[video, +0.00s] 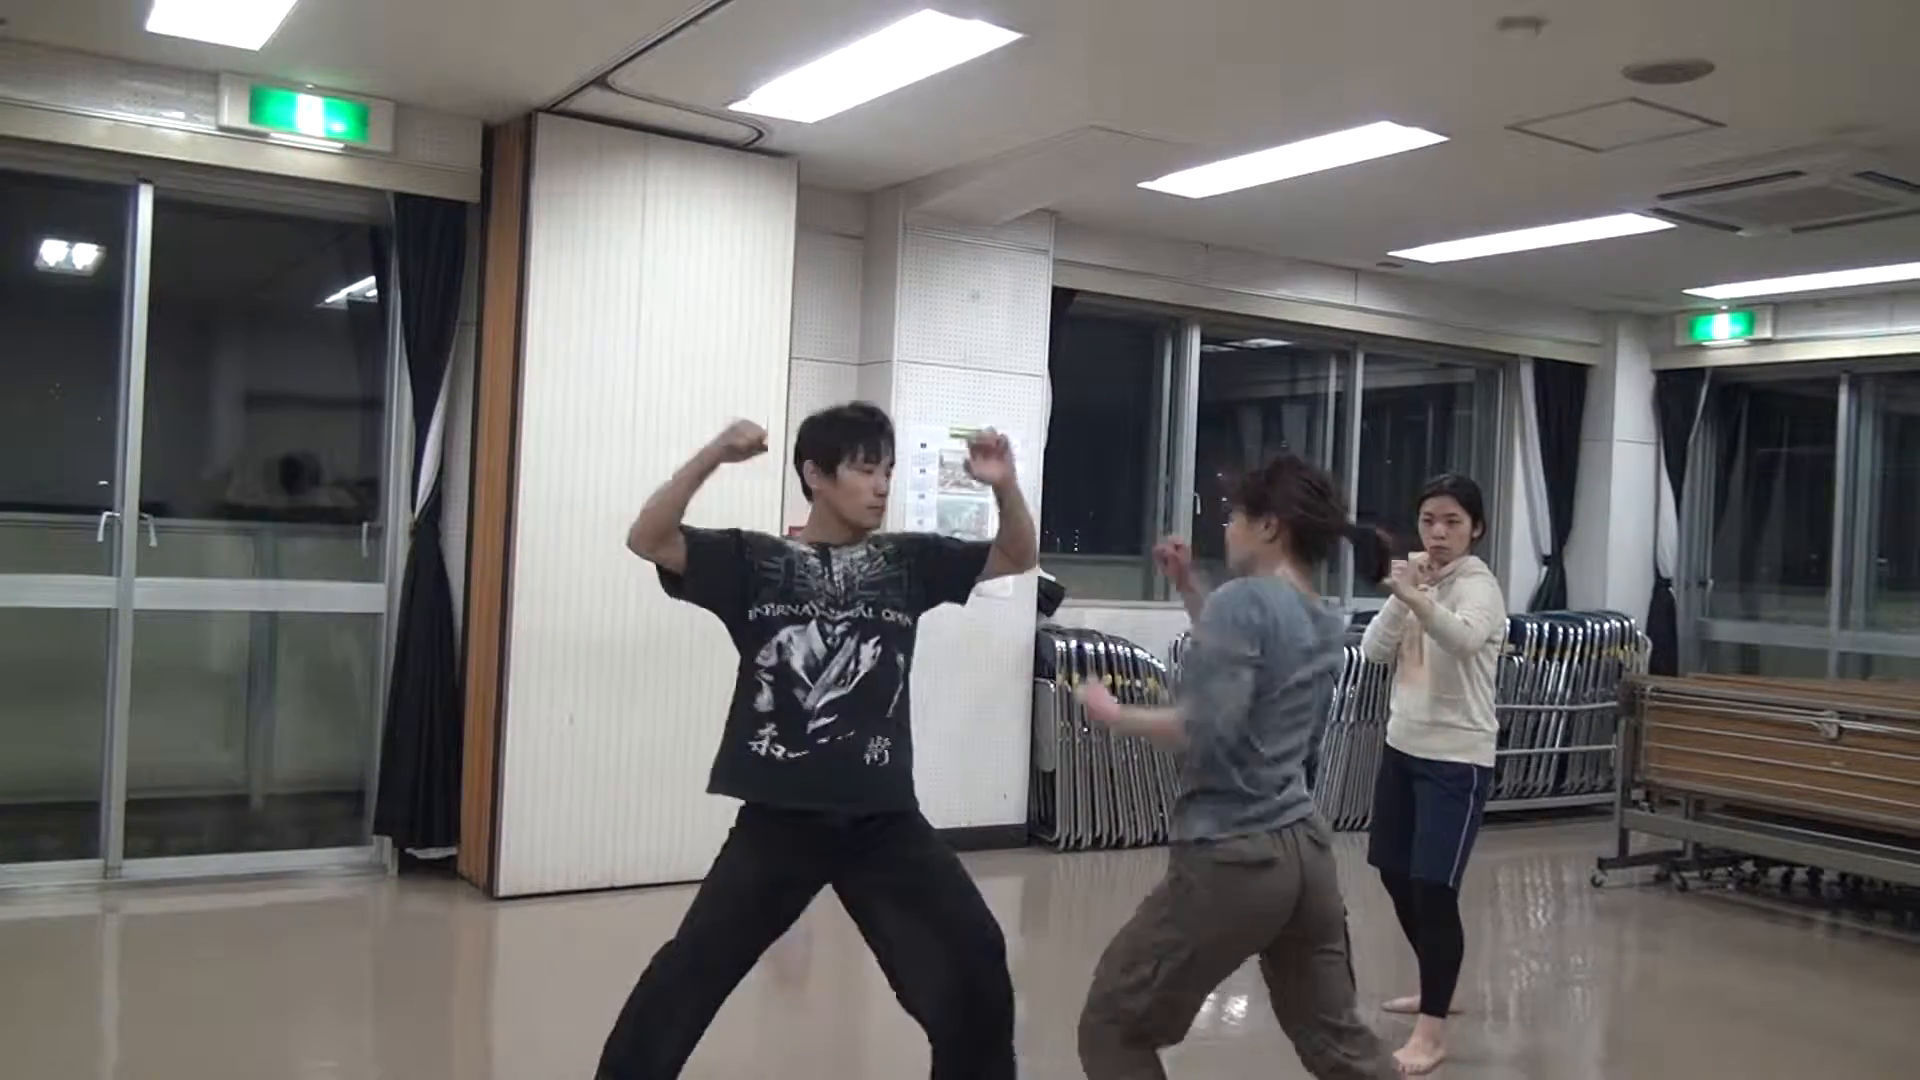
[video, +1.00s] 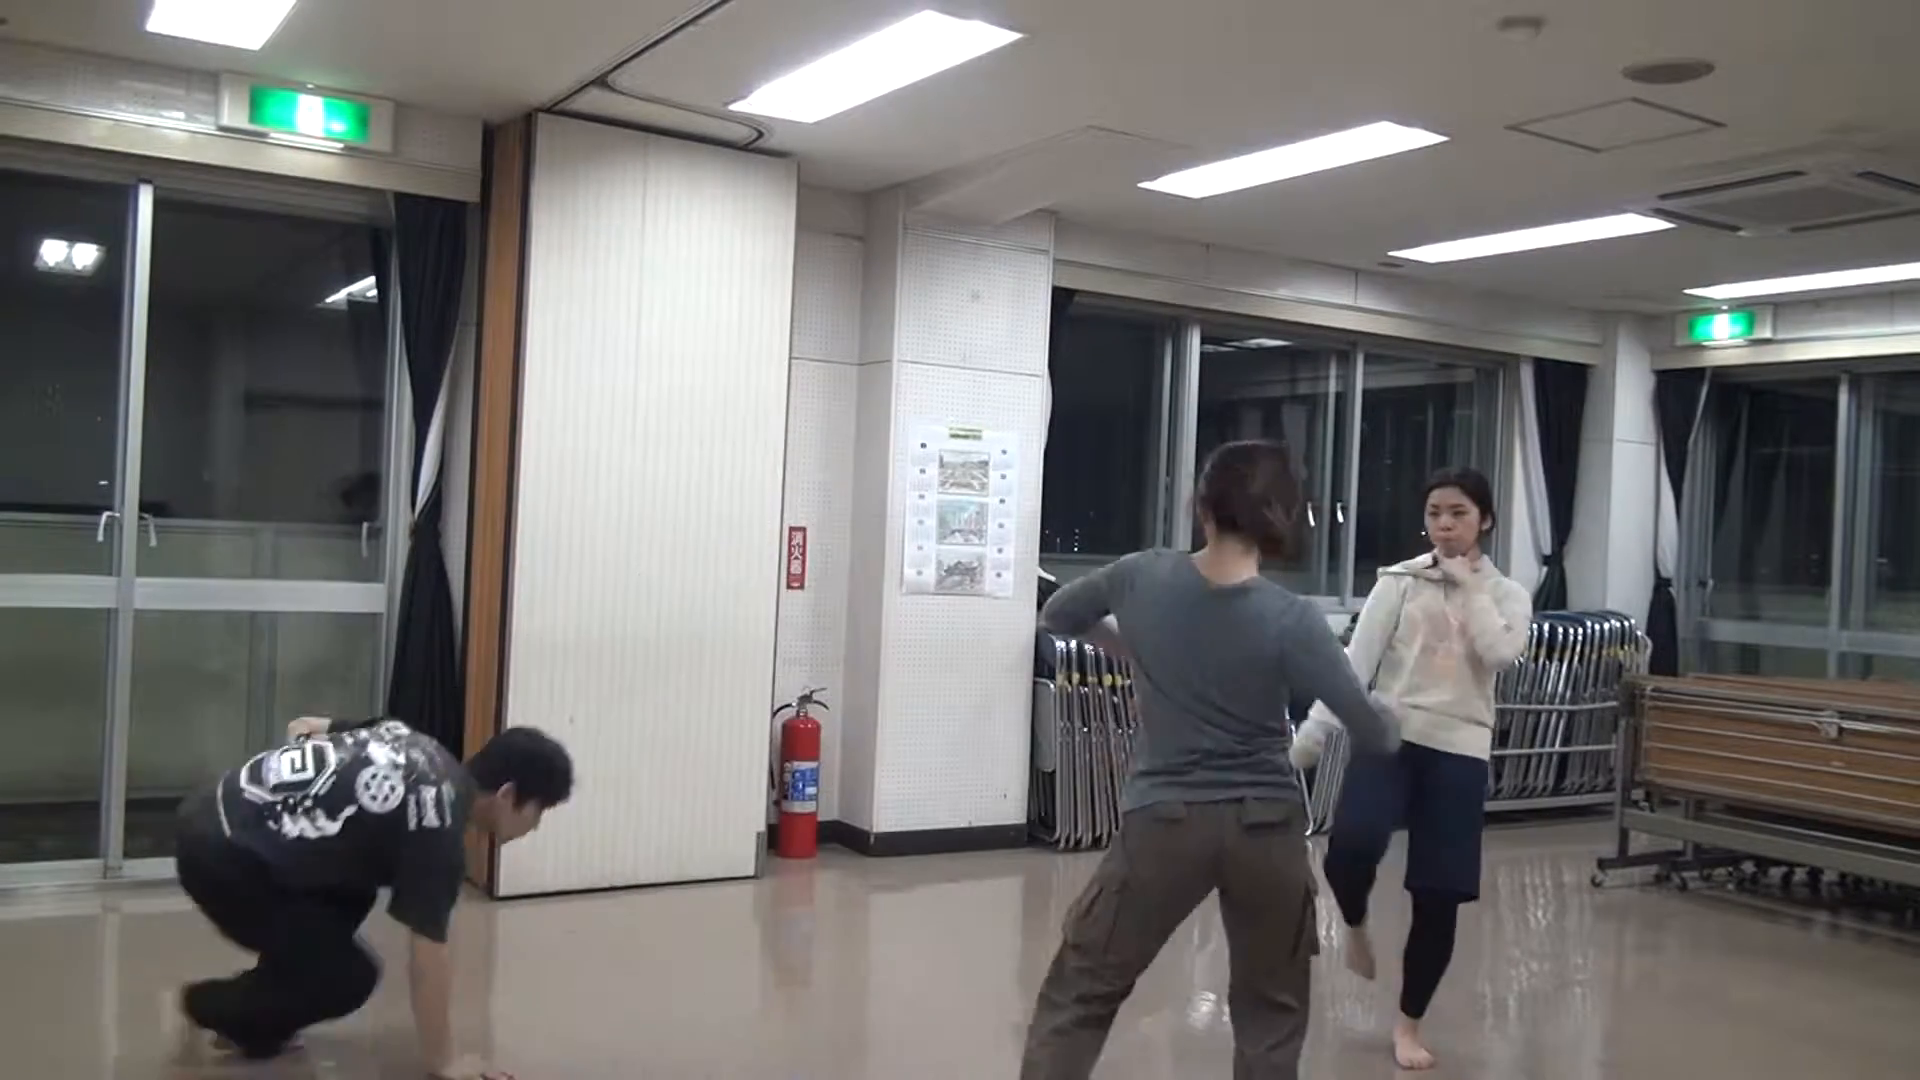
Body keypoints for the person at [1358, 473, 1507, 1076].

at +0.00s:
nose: (1438, 531)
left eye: (1451, 521)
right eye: (1429, 520)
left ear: (1475, 529)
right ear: (1418, 525)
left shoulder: (1480, 584)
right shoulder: (1415, 582)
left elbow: (1467, 639)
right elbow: (1373, 650)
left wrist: (1415, 597)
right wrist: (1404, 595)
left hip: (1456, 759)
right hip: (1403, 750)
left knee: (1433, 887)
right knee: (1390, 864)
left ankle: (1431, 1031)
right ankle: (1438, 984)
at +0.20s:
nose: (1440, 531)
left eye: (1453, 521)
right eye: (1431, 520)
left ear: (1475, 529)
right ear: (1419, 525)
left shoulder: (1480, 584)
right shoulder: (1414, 581)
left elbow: (1467, 639)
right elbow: (1373, 650)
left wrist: (1414, 595)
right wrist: (1405, 596)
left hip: (1455, 758)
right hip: (1402, 750)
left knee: (1432, 886)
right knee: (1390, 864)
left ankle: (1429, 1033)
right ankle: (1437, 986)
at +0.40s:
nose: (1441, 530)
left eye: (1454, 520)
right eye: (1432, 519)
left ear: (1476, 529)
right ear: (1420, 525)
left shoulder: (1481, 584)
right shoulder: (1414, 579)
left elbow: (1467, 638)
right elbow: (1372, 649)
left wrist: (1413, 594)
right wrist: (1406, 597)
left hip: (1453, 758)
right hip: (1400, 750)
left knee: (1431, 887)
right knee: (1390, 865)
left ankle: (1429, 1032)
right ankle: (1437, 986)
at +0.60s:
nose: (1440, 531)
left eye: (1453, 521)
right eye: (1431, 519)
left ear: (1476, 528)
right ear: (1419, 524)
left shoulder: (1478, 583)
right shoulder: (1414, 579)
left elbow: (1464, 637)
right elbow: (1368, 644)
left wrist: (1413, 594)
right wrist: (1400, 591)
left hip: (1454, 760)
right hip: (1403, 752)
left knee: (1430, 885)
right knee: (1390, 865)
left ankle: (1427, 1030)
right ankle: (1436, 983)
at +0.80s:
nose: (1437, 525)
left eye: (1451, 517)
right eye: (1431, 515)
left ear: (1475, 531)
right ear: (1417, 523)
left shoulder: (1481, 593)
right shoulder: (1389, 587)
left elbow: (1482, 590)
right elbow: (1330, 609)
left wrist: (1421, 556)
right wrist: (1372, 558)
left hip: (1465, 759)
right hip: (1400, 754)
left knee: (1435, 880)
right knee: (1385, 878)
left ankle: (1421, 1011)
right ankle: (1434, 978)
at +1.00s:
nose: (1445, 523)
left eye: (1457, 512)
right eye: (1435, 513)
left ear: (1483, 520)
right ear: (1425, 521)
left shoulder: (1508, 592)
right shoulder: (1397, 582)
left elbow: (1498, 651)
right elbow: (1353, 669)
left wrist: (1470, 577)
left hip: (1459, 750)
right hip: (1385, 735)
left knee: (1438, 895)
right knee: (1348, 853)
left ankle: (1410, 1024)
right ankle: (1355, 927)